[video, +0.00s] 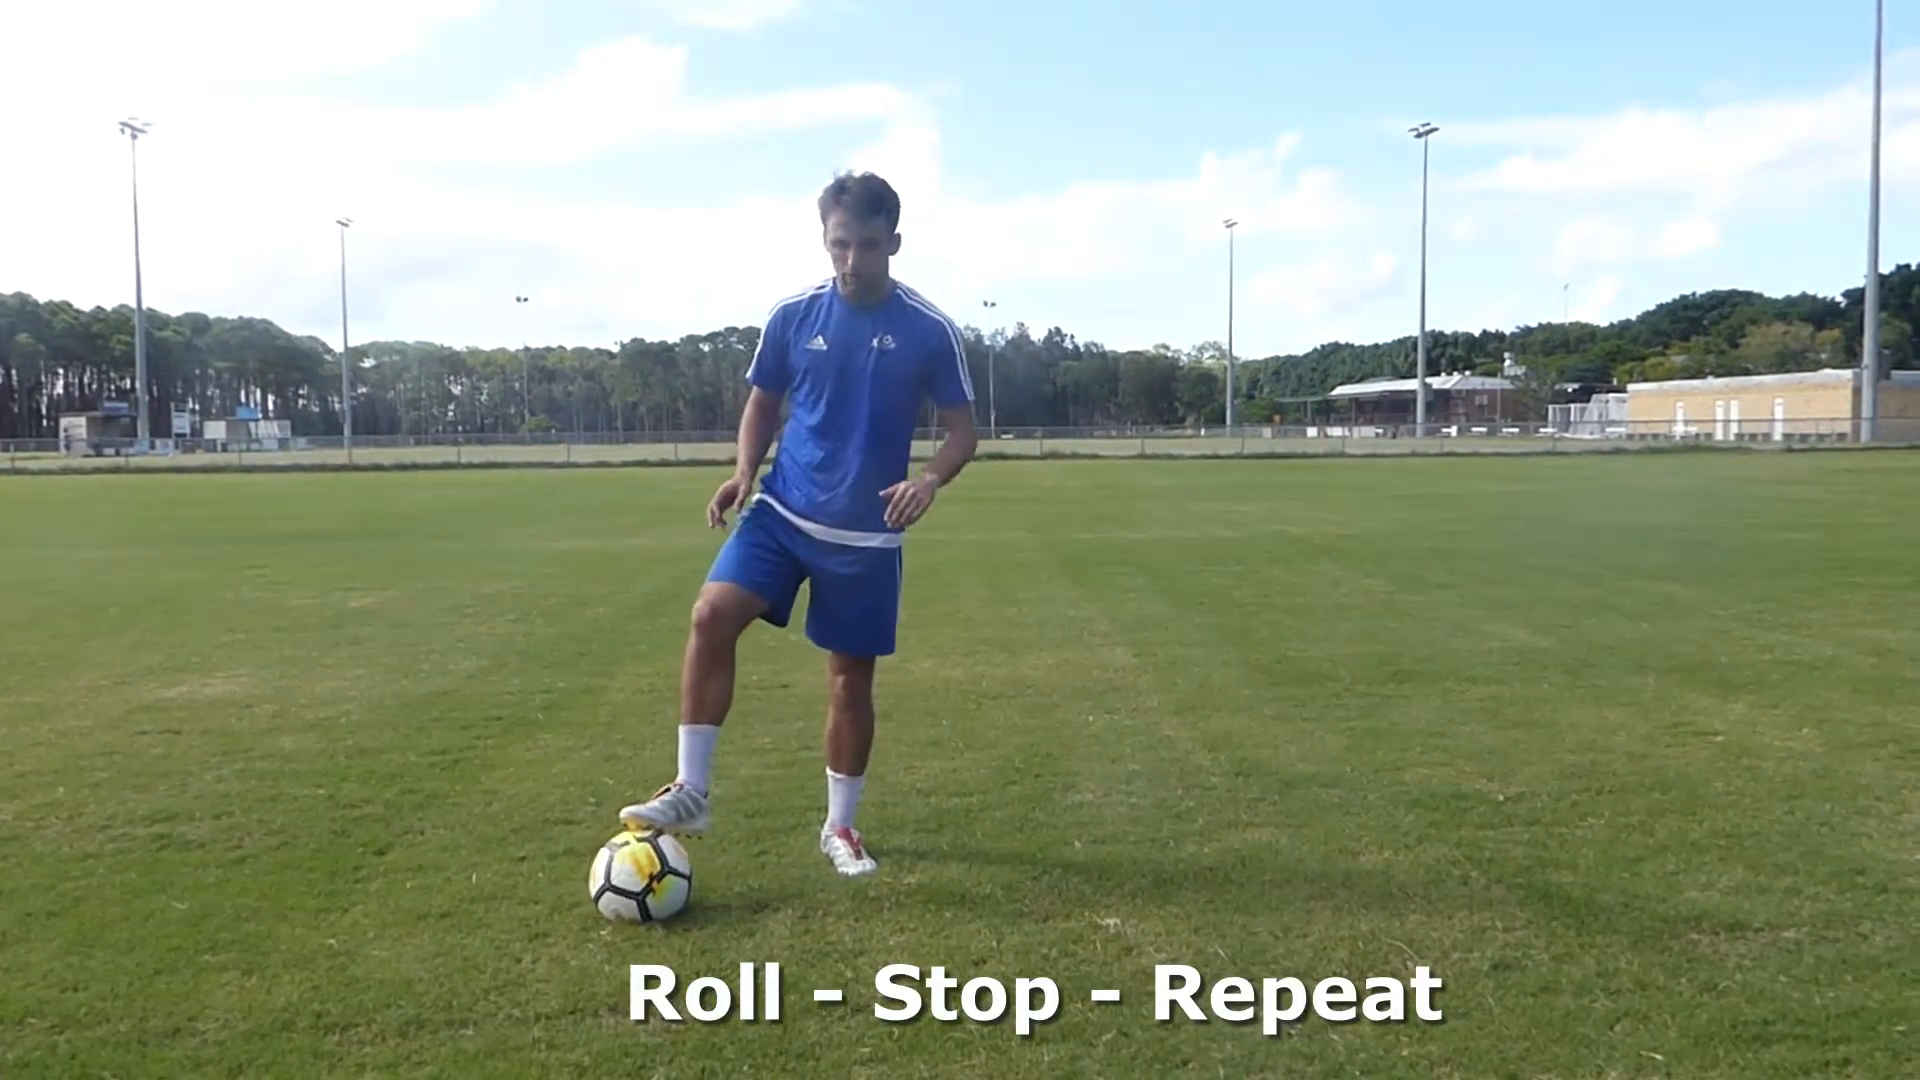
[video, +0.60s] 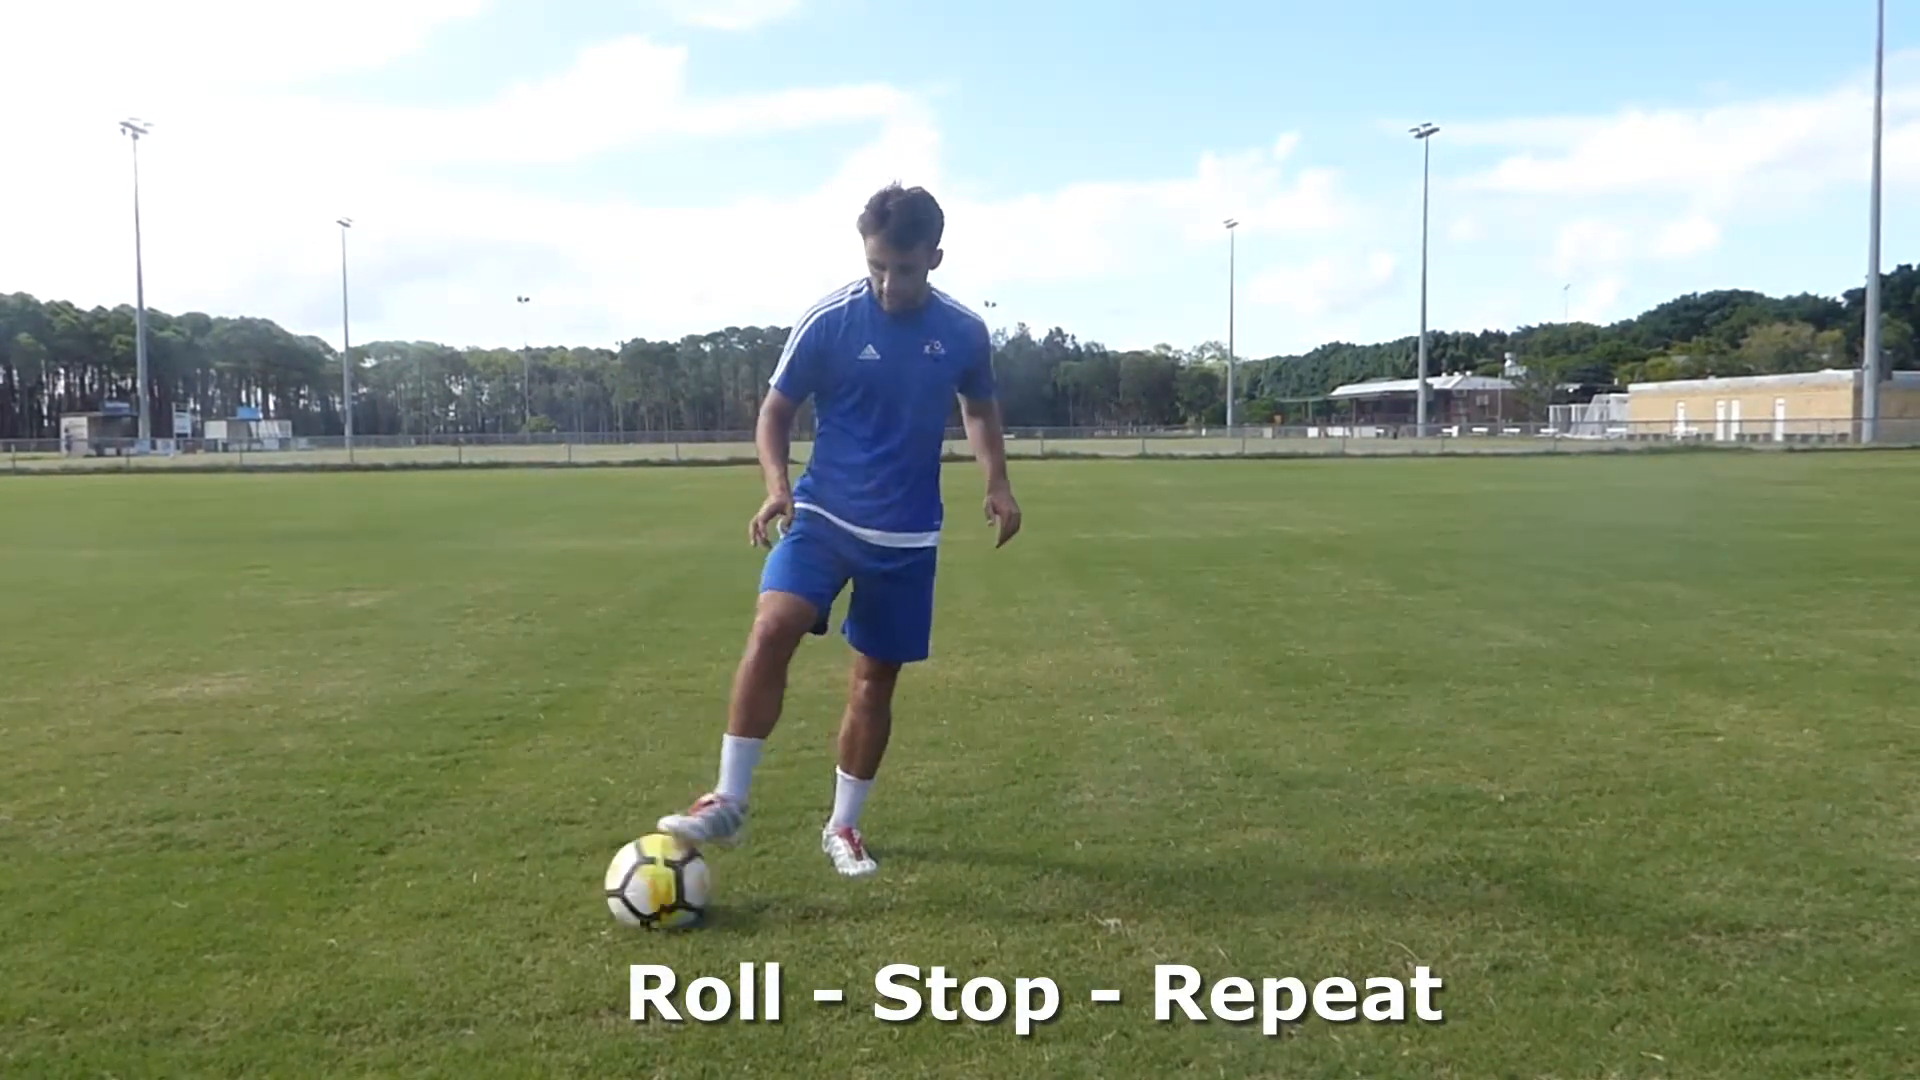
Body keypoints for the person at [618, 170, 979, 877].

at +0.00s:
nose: (849, 262)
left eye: (863, 247)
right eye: (837, 247)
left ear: (893, 240)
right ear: (823, 240)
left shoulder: (931, 333)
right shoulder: (794, 316)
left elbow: (962, 431)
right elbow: (763, 402)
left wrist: (931, 479)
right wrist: (744, 471)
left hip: (864, 538)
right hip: (781, 515)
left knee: (851, 687)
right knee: (712, 615)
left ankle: (839, 831)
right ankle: (690, 793)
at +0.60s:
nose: (888, 284)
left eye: (903, 270)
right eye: (877, 268)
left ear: (934, 258)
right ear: (863, 252)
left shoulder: (964, 333)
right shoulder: (830, 321)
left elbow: (980, 409)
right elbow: (774, 412)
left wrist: (997, 479)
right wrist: (776, 483)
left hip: (907, 537)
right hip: (823, 517)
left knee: (873, 689)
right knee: (771, 630)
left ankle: (843, 829)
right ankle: (729, 803)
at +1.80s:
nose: (989, 259)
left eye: (1002, 243)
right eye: (974, 245)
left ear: (1024, 232)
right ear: (952, 237)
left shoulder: (1072, 309)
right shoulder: (927, 332)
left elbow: (1116, 391)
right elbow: (901, 433)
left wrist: (1138, 461)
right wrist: (935, 468)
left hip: (1077, 533)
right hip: (987, 546)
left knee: (1100, 679)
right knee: (1000, 692)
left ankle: (1107, 826)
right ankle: (1002, 846)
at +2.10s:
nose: (1030, 241)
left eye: (1043, 225)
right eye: (1016, 226)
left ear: (1069, 226)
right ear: (999, 232)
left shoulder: (1117, 318)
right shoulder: (972, 329)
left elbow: (1153, 405)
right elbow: (945, 421)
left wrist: (1148, 476)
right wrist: (966, 468)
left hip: (1096, 539)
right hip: (1011, 541)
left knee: (1090, 687)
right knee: (1016, 690)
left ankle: (1091, 829)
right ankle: (1004, 844)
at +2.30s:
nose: (1050, 236)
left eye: (1064, 221)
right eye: (1036, 223)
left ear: (1089, 227)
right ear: (1019, 232)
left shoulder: (1135, 319)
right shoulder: (993, 328)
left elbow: (1167, 408)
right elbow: (967, 427)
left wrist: (1156, 478)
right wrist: (1016, 473)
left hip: (1107, 538)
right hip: (1023, 540)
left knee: (1095, 684)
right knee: (1020, 686)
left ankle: (1091, 829)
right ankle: (1005, 845)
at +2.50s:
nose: (1061, 234)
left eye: (1074, 220)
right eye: (1047, 222)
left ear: (1098, 225)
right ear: (1028, 232)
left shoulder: (1143, 319)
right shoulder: (1002, 326)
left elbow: (1174, 410)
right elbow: (971, 426)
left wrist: (1164, 477)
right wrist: (1008, 467)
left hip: (1111, 540)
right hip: (1026, 540)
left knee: (1097, 683)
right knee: (1022, 686)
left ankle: (1091, 831)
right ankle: (1003, 843)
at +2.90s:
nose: (1058, 241)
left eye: (1072, 226)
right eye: (1045, 226)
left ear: (1099, 228)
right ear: (1028, 232)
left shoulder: (1144, 320)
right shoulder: (1003, 325)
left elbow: (1178, 412)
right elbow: (976, 422)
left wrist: (1163, 483)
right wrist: (1010, 466)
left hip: (1103, 538)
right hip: (1019, 534)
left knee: (1093, 682)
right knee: (1006, 675)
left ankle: (1090, 830)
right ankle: (997, 826)